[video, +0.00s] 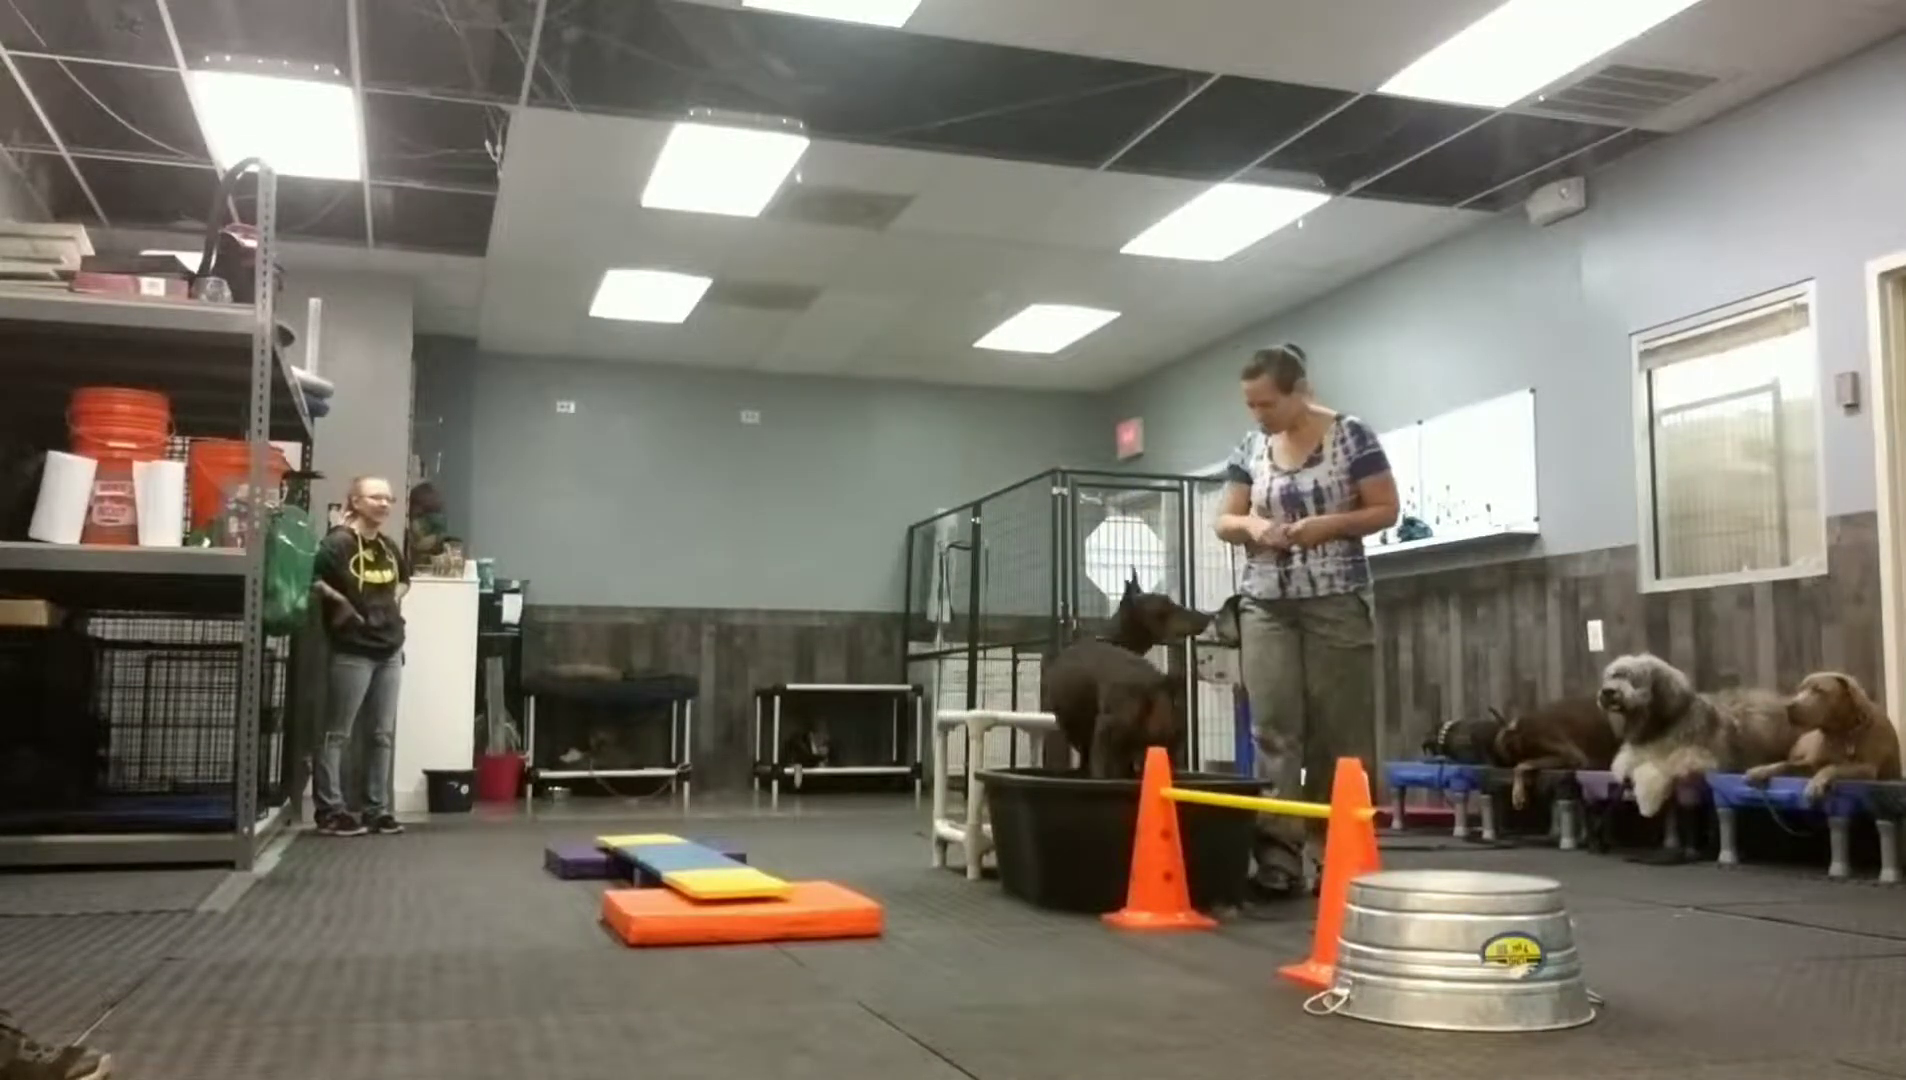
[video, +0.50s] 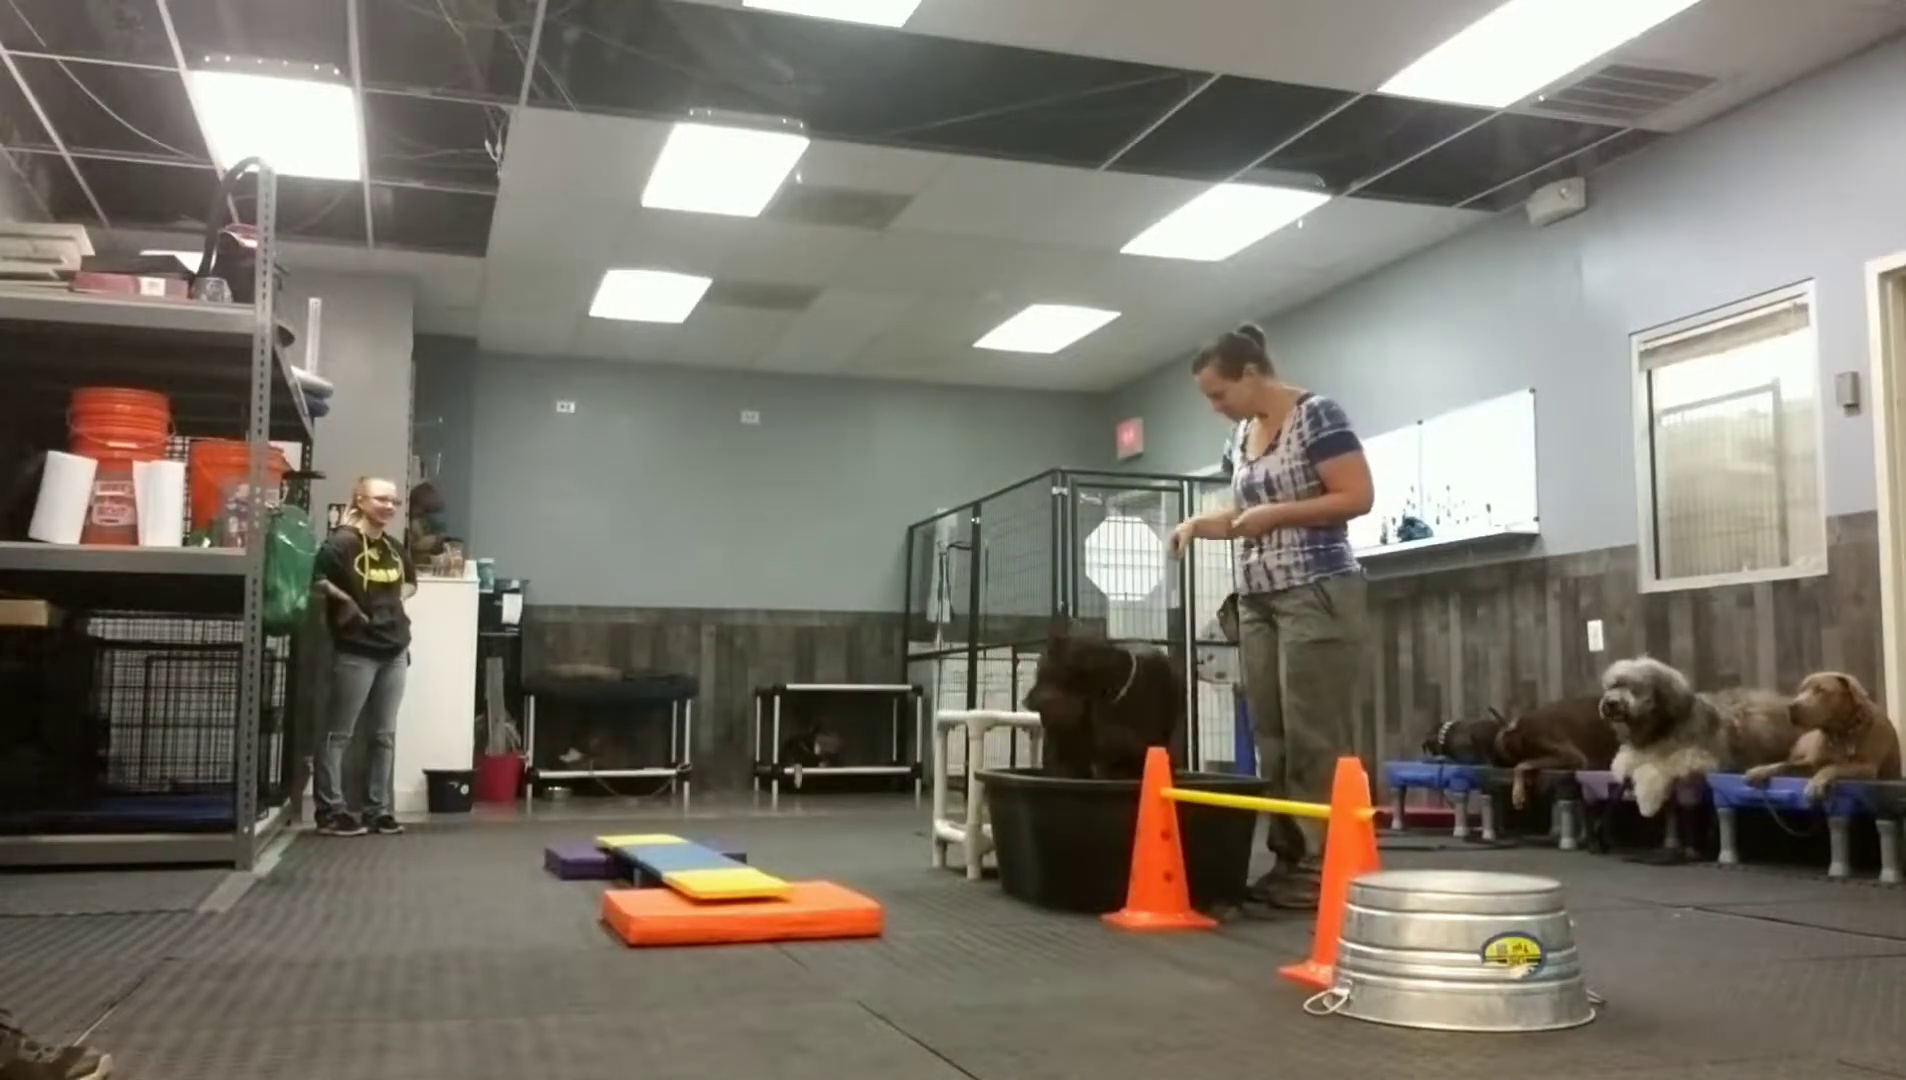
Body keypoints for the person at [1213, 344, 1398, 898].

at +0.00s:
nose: (1257, 417)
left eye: (1264, 405)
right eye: (1251, 407)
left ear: (1298, 393)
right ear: (1254, 401)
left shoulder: (1349, 436)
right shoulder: (1254, 450)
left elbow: (1386, 510)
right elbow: (1224, 524)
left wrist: (1328, 526)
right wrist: (1254, 527)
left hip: (1335, 605)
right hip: (1266, 608)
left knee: (1340, 735)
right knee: (1275, 732)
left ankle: (1334, 858)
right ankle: (1280, 856)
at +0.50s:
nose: (1215, 407)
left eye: (1218, 394)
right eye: (1209, 398)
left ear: (1251, 374)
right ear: (1240, 382)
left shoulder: (1316, 414)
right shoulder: (1243, 441)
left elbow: (1357, 497)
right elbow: (1250, 516)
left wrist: (1277, 514)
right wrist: (1199, 525)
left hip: (1318, 595)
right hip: (1259, 601)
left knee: (1316, 732)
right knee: (1272, 734)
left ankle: (1325, 866)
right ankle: (1292, 858)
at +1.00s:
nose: (1209, 414)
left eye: (1209, 402)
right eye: (1203, 406)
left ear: (1238, 381)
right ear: (1233, 387)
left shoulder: (1310, 415)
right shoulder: (1245, 449)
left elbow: (1354, 494)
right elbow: (1215, 511)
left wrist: (1274, 519)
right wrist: (1162, 557)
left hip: (1324, 594)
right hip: (1272, 601)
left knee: (1323, 730)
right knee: (1281, 731)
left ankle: (1325, 869)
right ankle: (1293, 862)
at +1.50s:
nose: (1228, 413)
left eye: (1230, 400)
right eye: (1221, 405)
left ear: (1260, 378)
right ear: (1240, 391)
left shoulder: (1323, 417)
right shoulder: (1247, 445)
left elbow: (1367, 498)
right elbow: (1240, 512)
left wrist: (1286, 517)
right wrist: (1237, 531)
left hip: (1329, 595)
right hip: (1272, 601)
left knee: (1327, 731)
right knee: (1281, 731)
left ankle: (1331, 867)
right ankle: (1292, 861)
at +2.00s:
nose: (1300, 423)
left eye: (1300, 409)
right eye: (1293, 414)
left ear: (1330, 388)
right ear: (1321, 398)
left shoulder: (1392, 427)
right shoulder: (1332, 456)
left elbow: (1427, 509)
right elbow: (1349, 531)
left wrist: (1341, 523)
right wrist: (1300, 542)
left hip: (1388, 602)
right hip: (1336, 607)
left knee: (1387, 740)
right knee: (1311, 729)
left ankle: (1462, 867)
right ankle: (1298, 867)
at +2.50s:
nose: (1517, 416)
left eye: (1518, 403)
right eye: (1512, 407)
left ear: (1549, 385)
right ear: (1546, 391)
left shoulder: (1613, 426)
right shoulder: (1554, 454)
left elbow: (1656, 501)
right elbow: (1583, 523)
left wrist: (1570, 524)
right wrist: (1542, 528)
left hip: (1622, 598)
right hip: (1575, 607)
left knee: (1580, 714)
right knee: (1600, 727)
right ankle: (1643, 859)